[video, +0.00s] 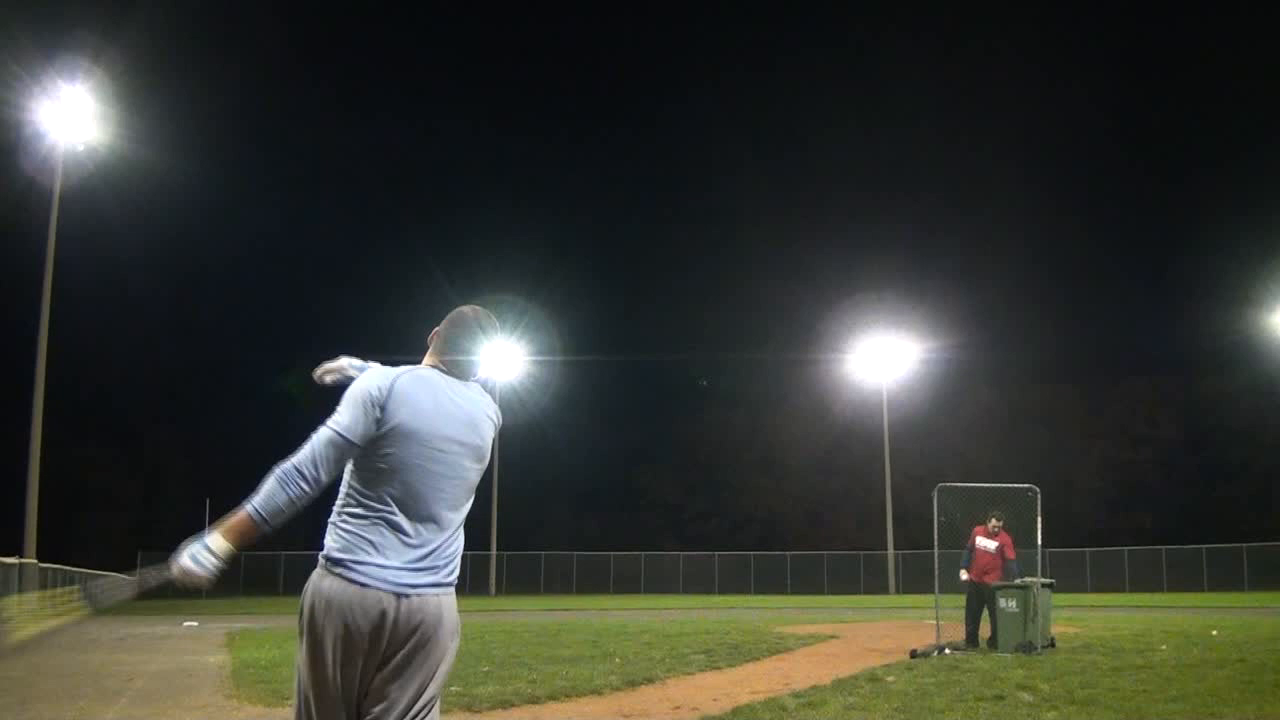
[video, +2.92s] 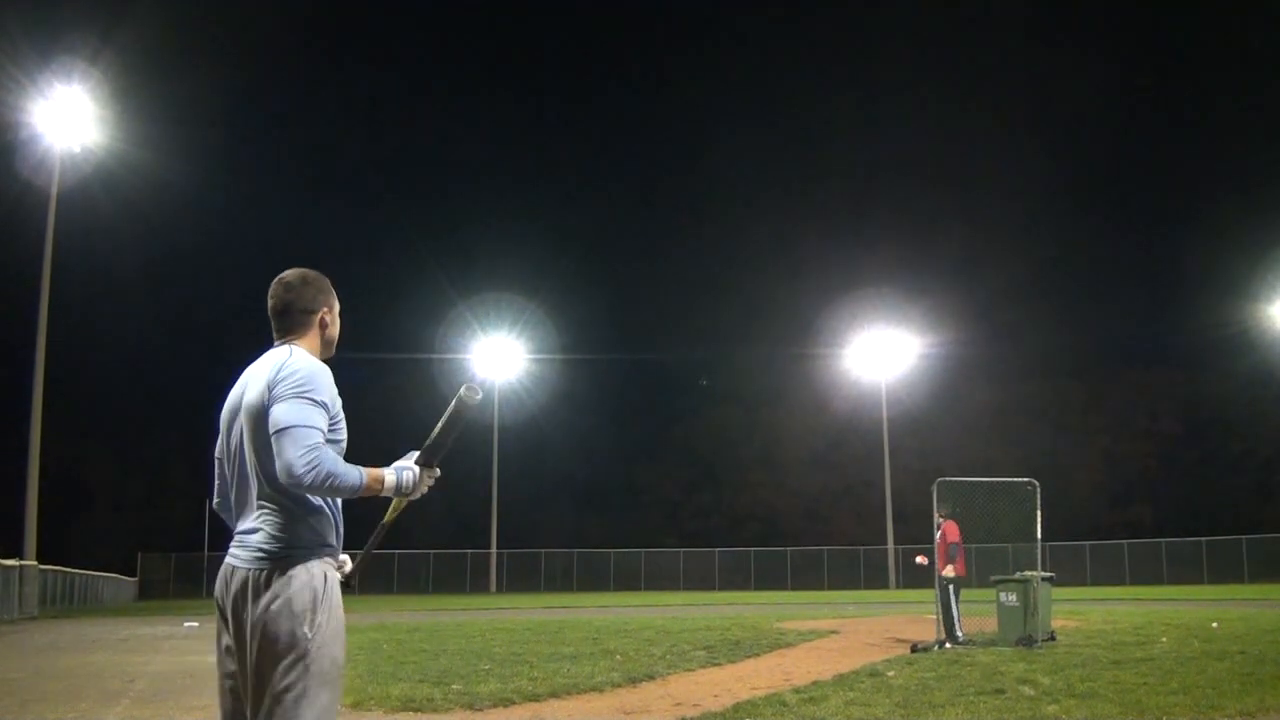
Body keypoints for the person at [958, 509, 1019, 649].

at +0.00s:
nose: (996, 530)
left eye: (998, 527)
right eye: (993, 526)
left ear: (1002, 526)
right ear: (987, 523)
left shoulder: (1005, 539)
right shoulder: (977, 532)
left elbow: (1011, 561)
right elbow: (968, 550)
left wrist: (1015, 579)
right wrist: (963, 568)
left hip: (994, 583)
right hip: (975, 582)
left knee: (996, 615)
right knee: (972, 614)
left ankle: (995, 640)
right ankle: (971, 640)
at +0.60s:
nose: (980, 519)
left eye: (983, 516)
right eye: (979, 516)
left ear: (991, 518)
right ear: (977, 517)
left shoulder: (999, 534)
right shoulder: (974, 529)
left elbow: (1009, 556)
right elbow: (969, 549)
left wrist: (1017, 574)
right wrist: (962, 564)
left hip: (990, 580)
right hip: (973, 578)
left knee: (992, 612)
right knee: (969, 609)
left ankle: (995, 640)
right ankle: (966, 638)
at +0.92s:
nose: (964, 518)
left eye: (967, 515)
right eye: (963, 515)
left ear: (976, 516)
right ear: (962, 518)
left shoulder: (985, 532)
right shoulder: (962, 532)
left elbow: (998, 550)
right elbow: (959, 552)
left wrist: (1008, 565)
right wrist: (952, 566)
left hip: (980, 580)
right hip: (963, 579)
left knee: (986, 612)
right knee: (959, 611)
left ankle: (994, 642)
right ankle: (953, 641)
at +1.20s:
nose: (944, 521)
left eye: (945, 517)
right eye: (943, 518)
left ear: (954, 516)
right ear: (948, 518)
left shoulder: (966, 528)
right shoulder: (947, 533)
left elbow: (981, 541)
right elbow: (944, 554)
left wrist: (992, 553)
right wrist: (934, 562)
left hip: (964, 576)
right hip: (949, 577)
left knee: (970, 609)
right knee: (950, 611)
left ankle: (983, 638)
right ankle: (952, 640)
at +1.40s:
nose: (937, 521)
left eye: (939, 517)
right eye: (936, 518)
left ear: (947, 515)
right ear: (942, 517)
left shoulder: (960, 527)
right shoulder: (940, 533)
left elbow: (975, 539)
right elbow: (938, 555)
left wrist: (987, 550)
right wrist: (926, 564)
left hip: (958, 573)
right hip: (945, 574)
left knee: (957, 606)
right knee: (946, 607)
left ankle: (962, 636)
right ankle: (951, 637)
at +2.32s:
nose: (934, 516)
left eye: (936, 513)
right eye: (933, 514)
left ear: (944, 514)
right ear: (933, 517)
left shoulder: (951, 525)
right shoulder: (937, 531)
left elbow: (962, 538)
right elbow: (936, 552)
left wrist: (965, 550)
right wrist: (923, 560)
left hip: (952, 573)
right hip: (941, 573)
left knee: (952, 605)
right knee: (944, 606)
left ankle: (957, 637)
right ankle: (949, 637)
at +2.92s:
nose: (933, 518)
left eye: (935, 515)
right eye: (933, 515)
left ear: (941, 515)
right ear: (941, 516)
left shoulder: (950, 525)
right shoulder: (941, 529)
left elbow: (953, 545)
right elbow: (942, 553)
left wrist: (951, 564)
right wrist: (929, 561)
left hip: (950, 573)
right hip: (943, 572)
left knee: (951, 605)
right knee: (945, 605)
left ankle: (957, 635)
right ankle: (949, 635)